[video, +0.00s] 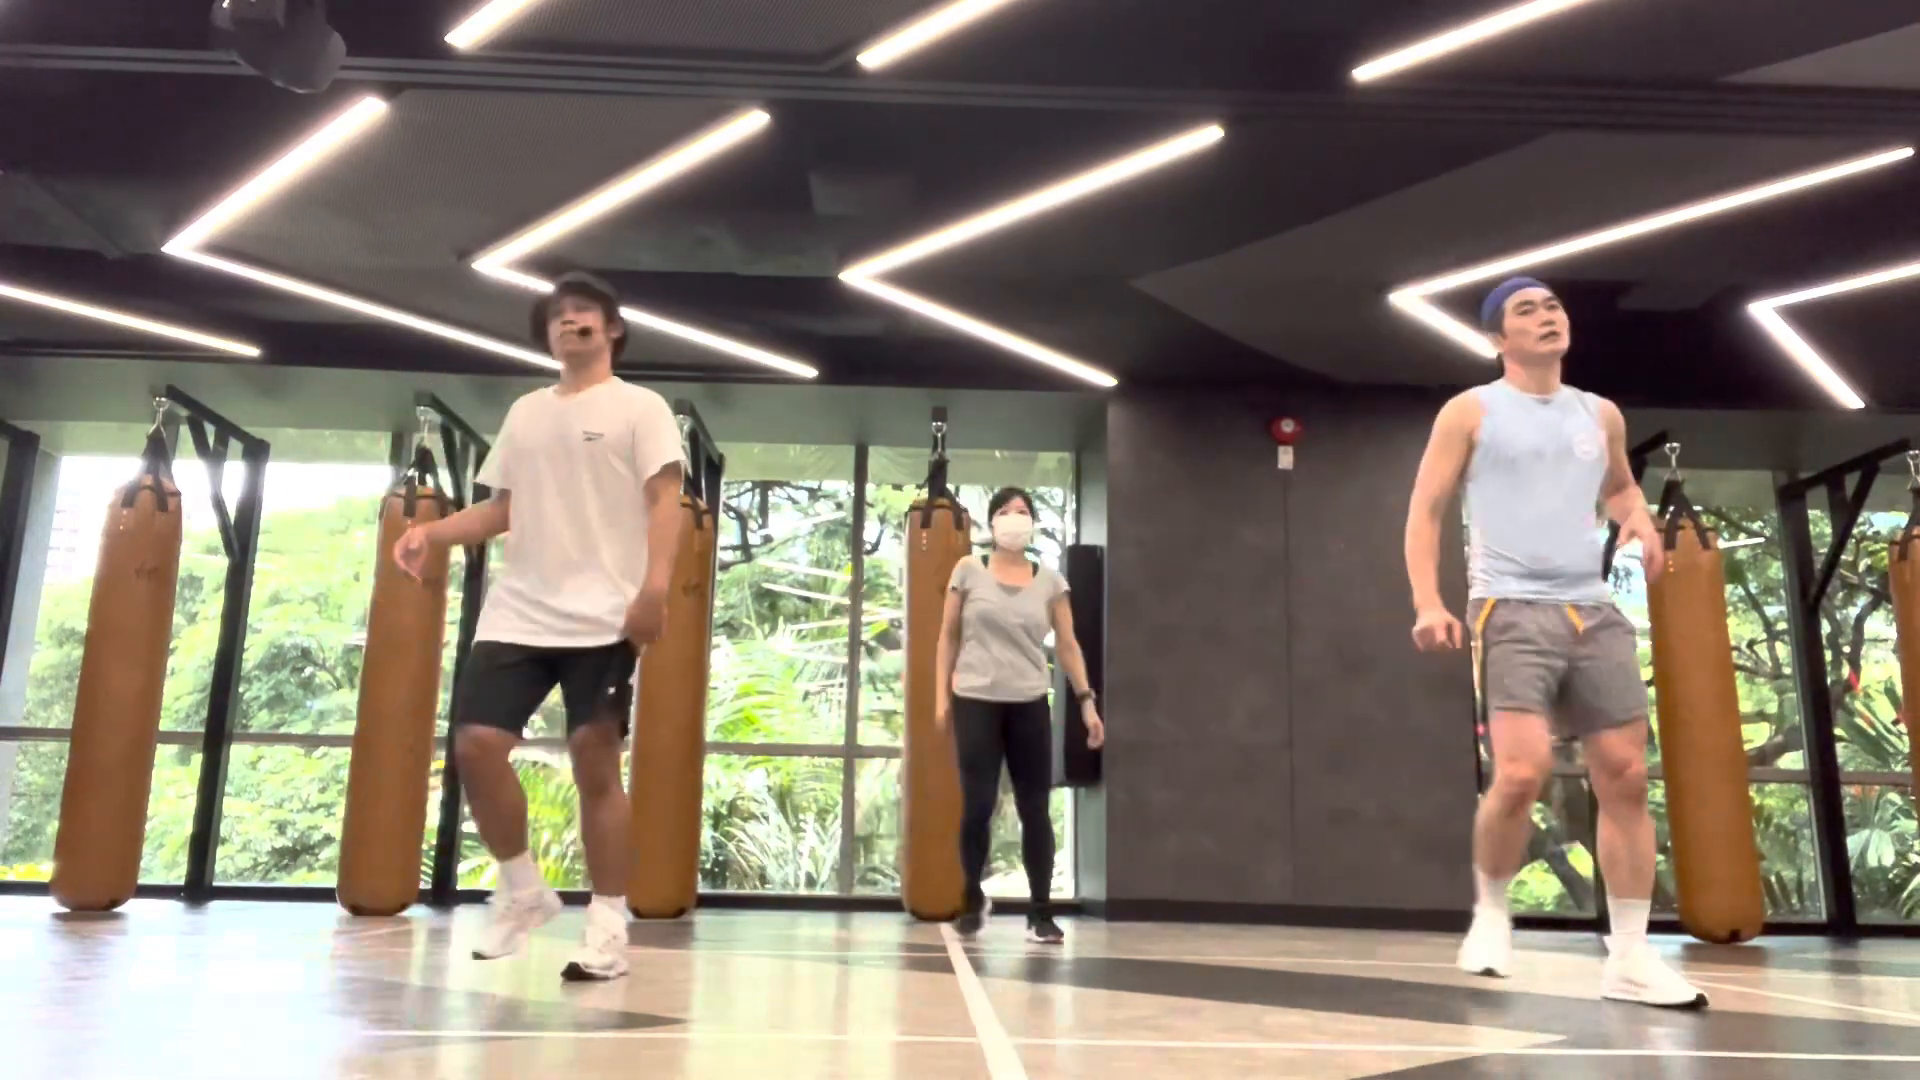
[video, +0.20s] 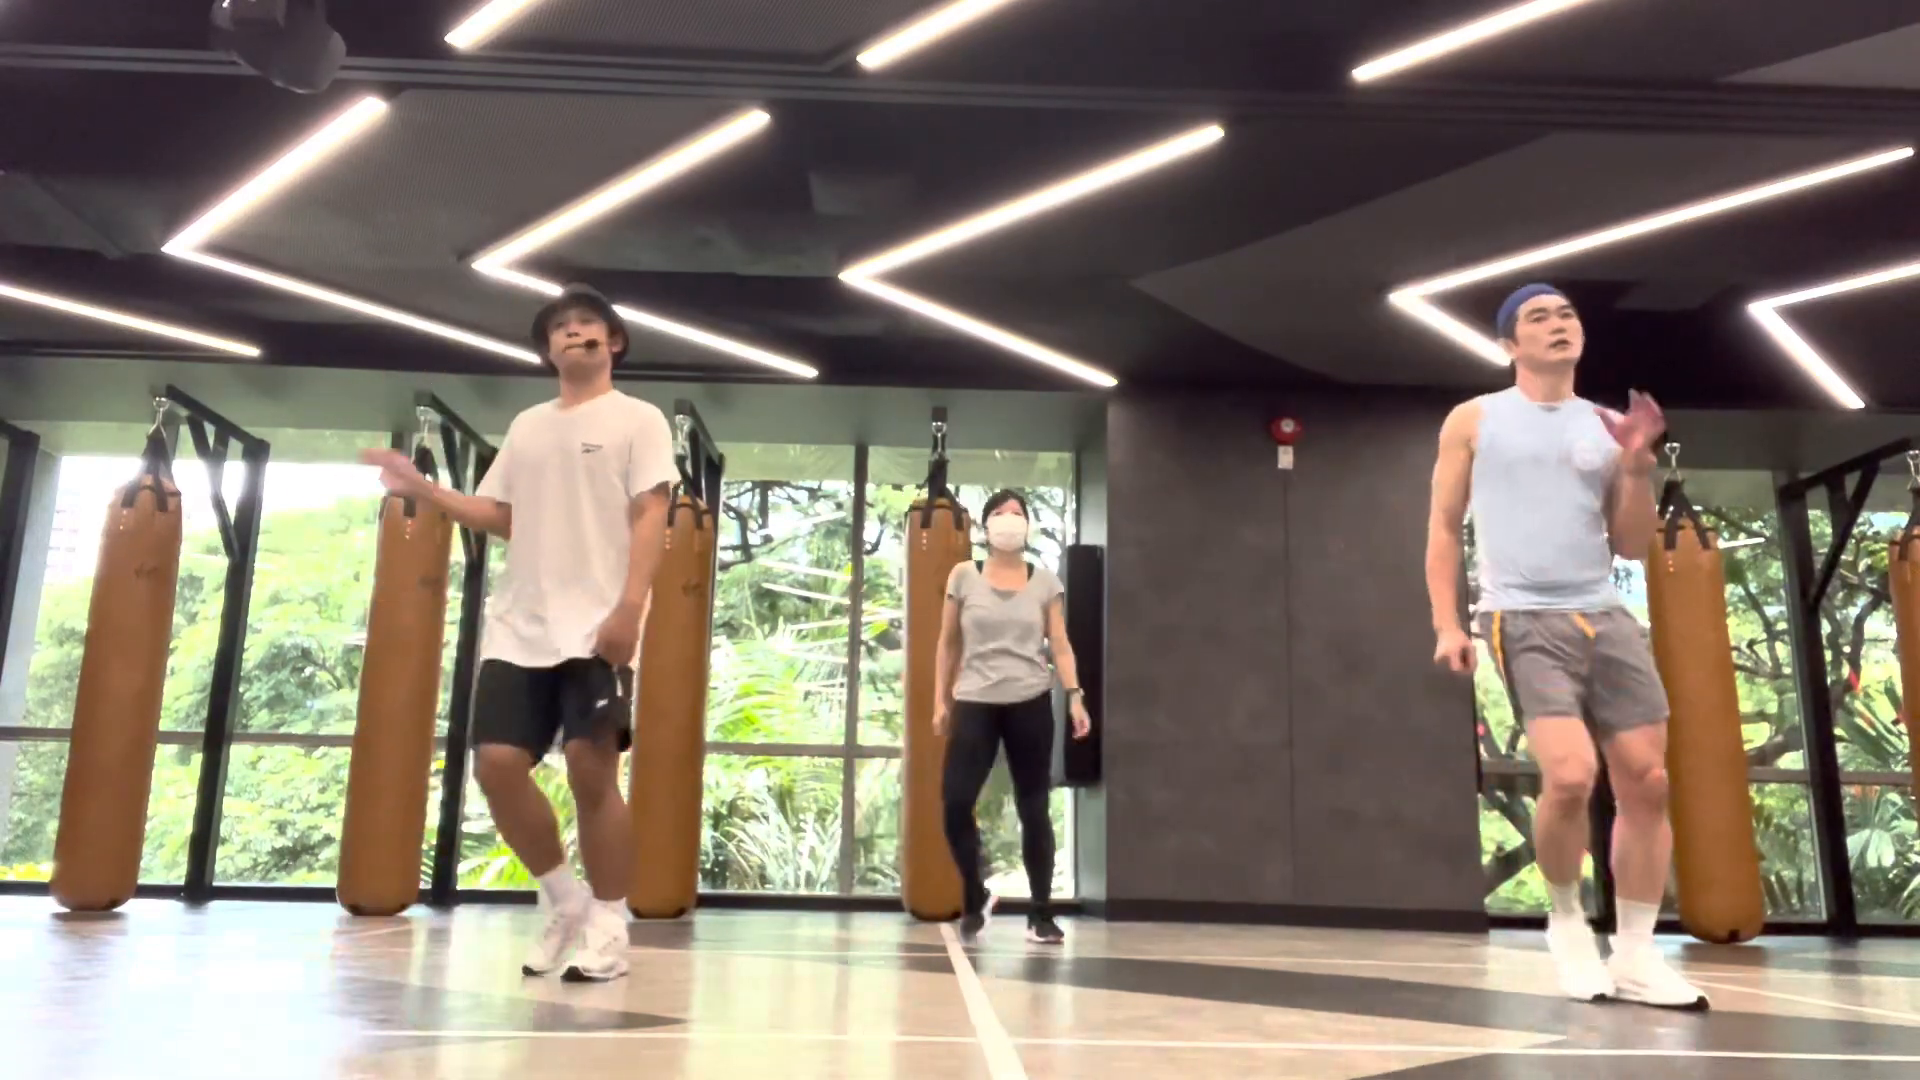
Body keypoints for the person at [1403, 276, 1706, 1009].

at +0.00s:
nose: (1547, 316)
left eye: (1554, 307)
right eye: (1527, 310)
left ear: (1569, 327)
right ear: (1499, 338)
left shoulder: (1602, 416)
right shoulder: (1469, 412)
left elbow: (1621, 492)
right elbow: (1425, 511)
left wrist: (1640, 524)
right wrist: (1428, 603)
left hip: (1597, 614)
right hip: (1512, 614)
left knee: (1627, 775)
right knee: (1521, 775)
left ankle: (1630, 956)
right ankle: (1491, 919)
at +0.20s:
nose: (1559, 324)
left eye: (1567, 315)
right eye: (1539, 317)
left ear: (1583, 338)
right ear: (1510, 345)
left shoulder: (1610, 427)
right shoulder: (1473, 420)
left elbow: (1634, 545)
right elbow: (1444, 527)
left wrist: (1638, 467)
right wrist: (1447, 625)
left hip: (1608, 617)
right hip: (1525, 619)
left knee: (1649, 779)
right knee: (1572, 776)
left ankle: (1635, 957)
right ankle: (1567, 920)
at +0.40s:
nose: (1531, 309)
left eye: (1541, 301)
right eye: (1513, 303)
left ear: (1559, 328)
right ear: (1485, 332)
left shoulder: (1591, 396)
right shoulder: (1453, 418)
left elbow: (1627, 487)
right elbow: (1433, 523)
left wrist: (1619, 392)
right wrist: (1424, 616)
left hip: (1581, 614)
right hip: (1484, 609)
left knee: (1625, 772)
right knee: (1457, 748)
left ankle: (1633, 955)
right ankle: (1443, 916)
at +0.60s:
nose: (1470, 324)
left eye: (1481, 318)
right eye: (1453, 318)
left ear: (1498, 346)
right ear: (1422, 350)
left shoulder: (1541, 416)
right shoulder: (1395, 442)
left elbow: (1593, 515)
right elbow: (1385, 546)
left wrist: (1609, 444)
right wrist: (1366, 628)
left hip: (1528, 635)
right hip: (1428, 633)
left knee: (1601, 780)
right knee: (1368, 772)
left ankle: (1630, 961)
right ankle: (1308, 939)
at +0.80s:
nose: (1417, 310)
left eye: (1427, 303)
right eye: (1400, 301)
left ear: (1440, 330)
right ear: (1367, 328)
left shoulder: (1470, 412)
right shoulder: (1325, 415)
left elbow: (1491, 514)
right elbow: (1300, 518)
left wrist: (1539, 544)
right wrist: (1289, 602)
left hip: (1450, 618)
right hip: (1355, 617)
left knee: (1524, 773)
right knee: (1324, 771)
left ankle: (1554, 935)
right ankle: (1306, 946)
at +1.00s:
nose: (1403, 309)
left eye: (1412, 300)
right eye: (1386, 297)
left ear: (1421, 322)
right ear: (1351, 317)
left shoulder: (1447, 411)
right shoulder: (1307, 405)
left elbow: (1448, 523)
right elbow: (1258, 502)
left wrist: (1445, 610)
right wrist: (1250, 580)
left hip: (1422, 607)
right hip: (1336, 603)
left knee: (1416, 780)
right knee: (1317, 768)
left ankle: (1356, 919)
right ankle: (1304, 940)